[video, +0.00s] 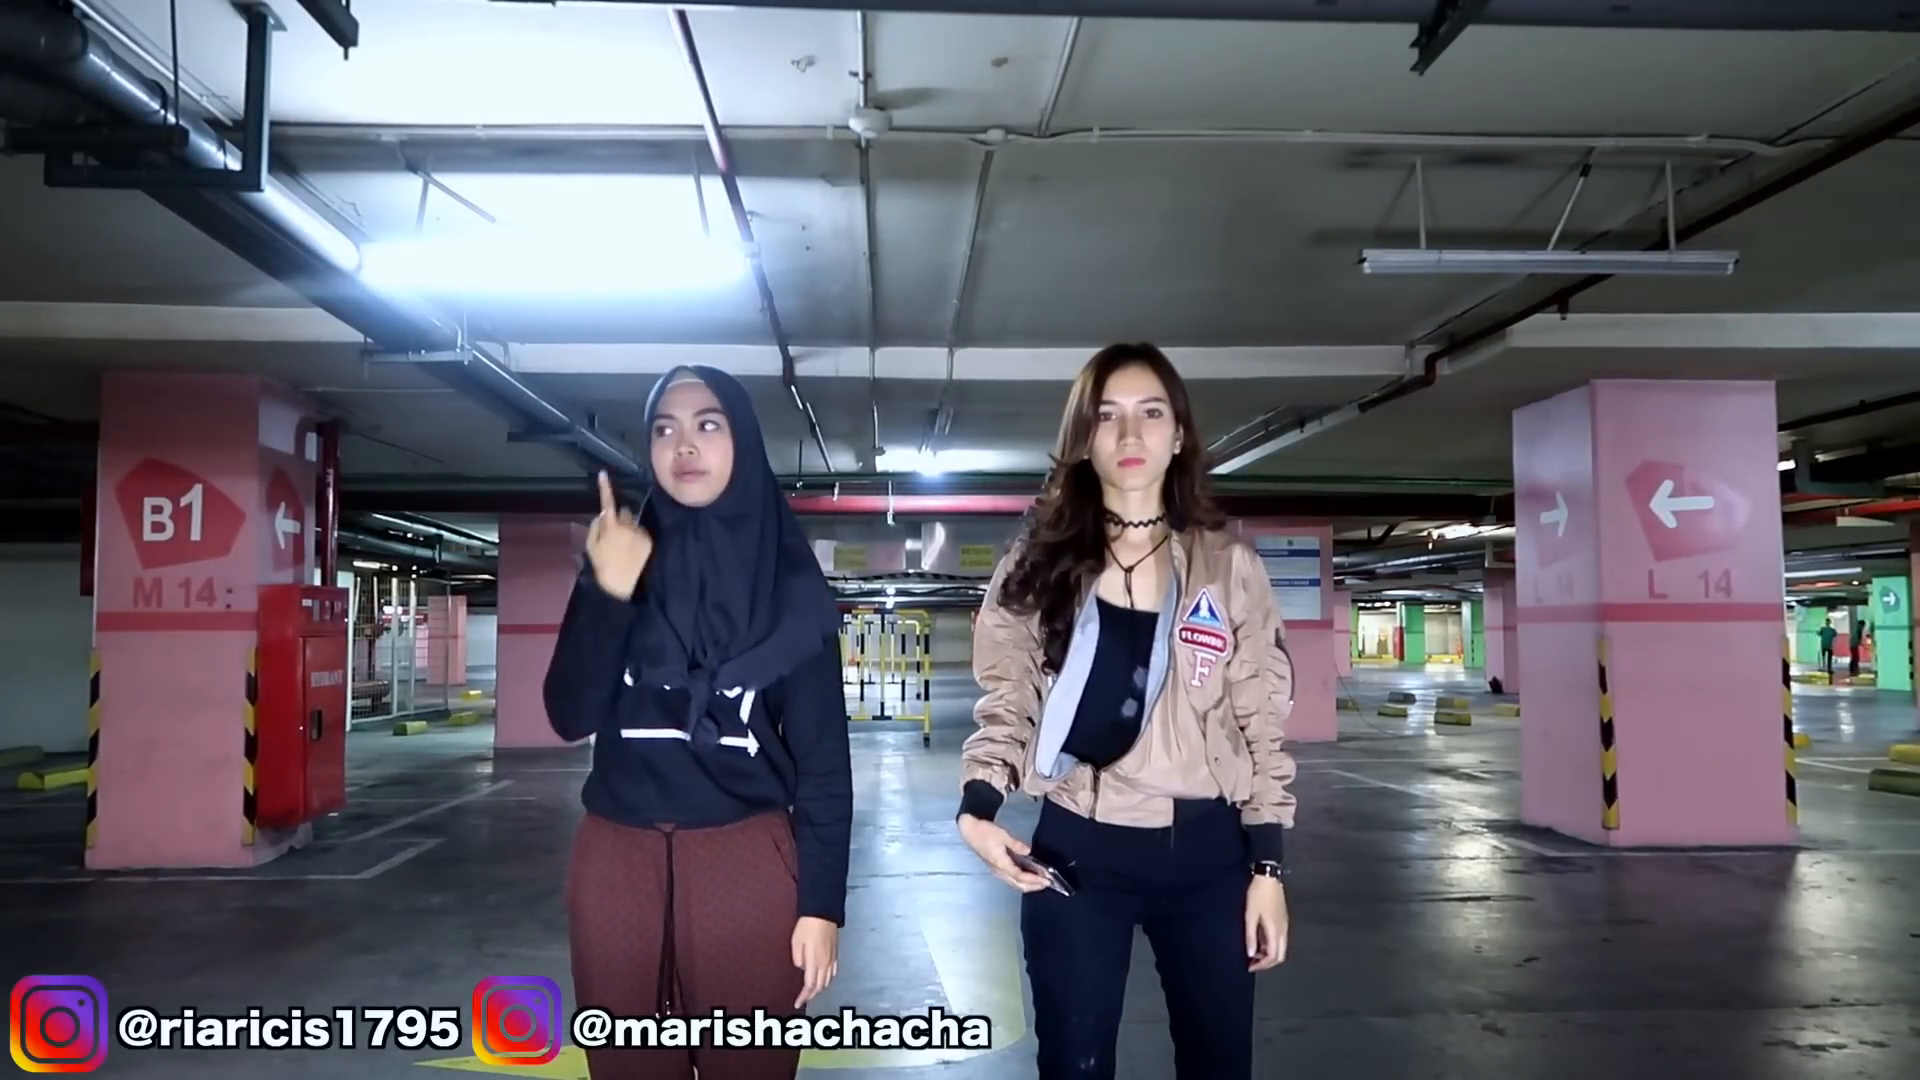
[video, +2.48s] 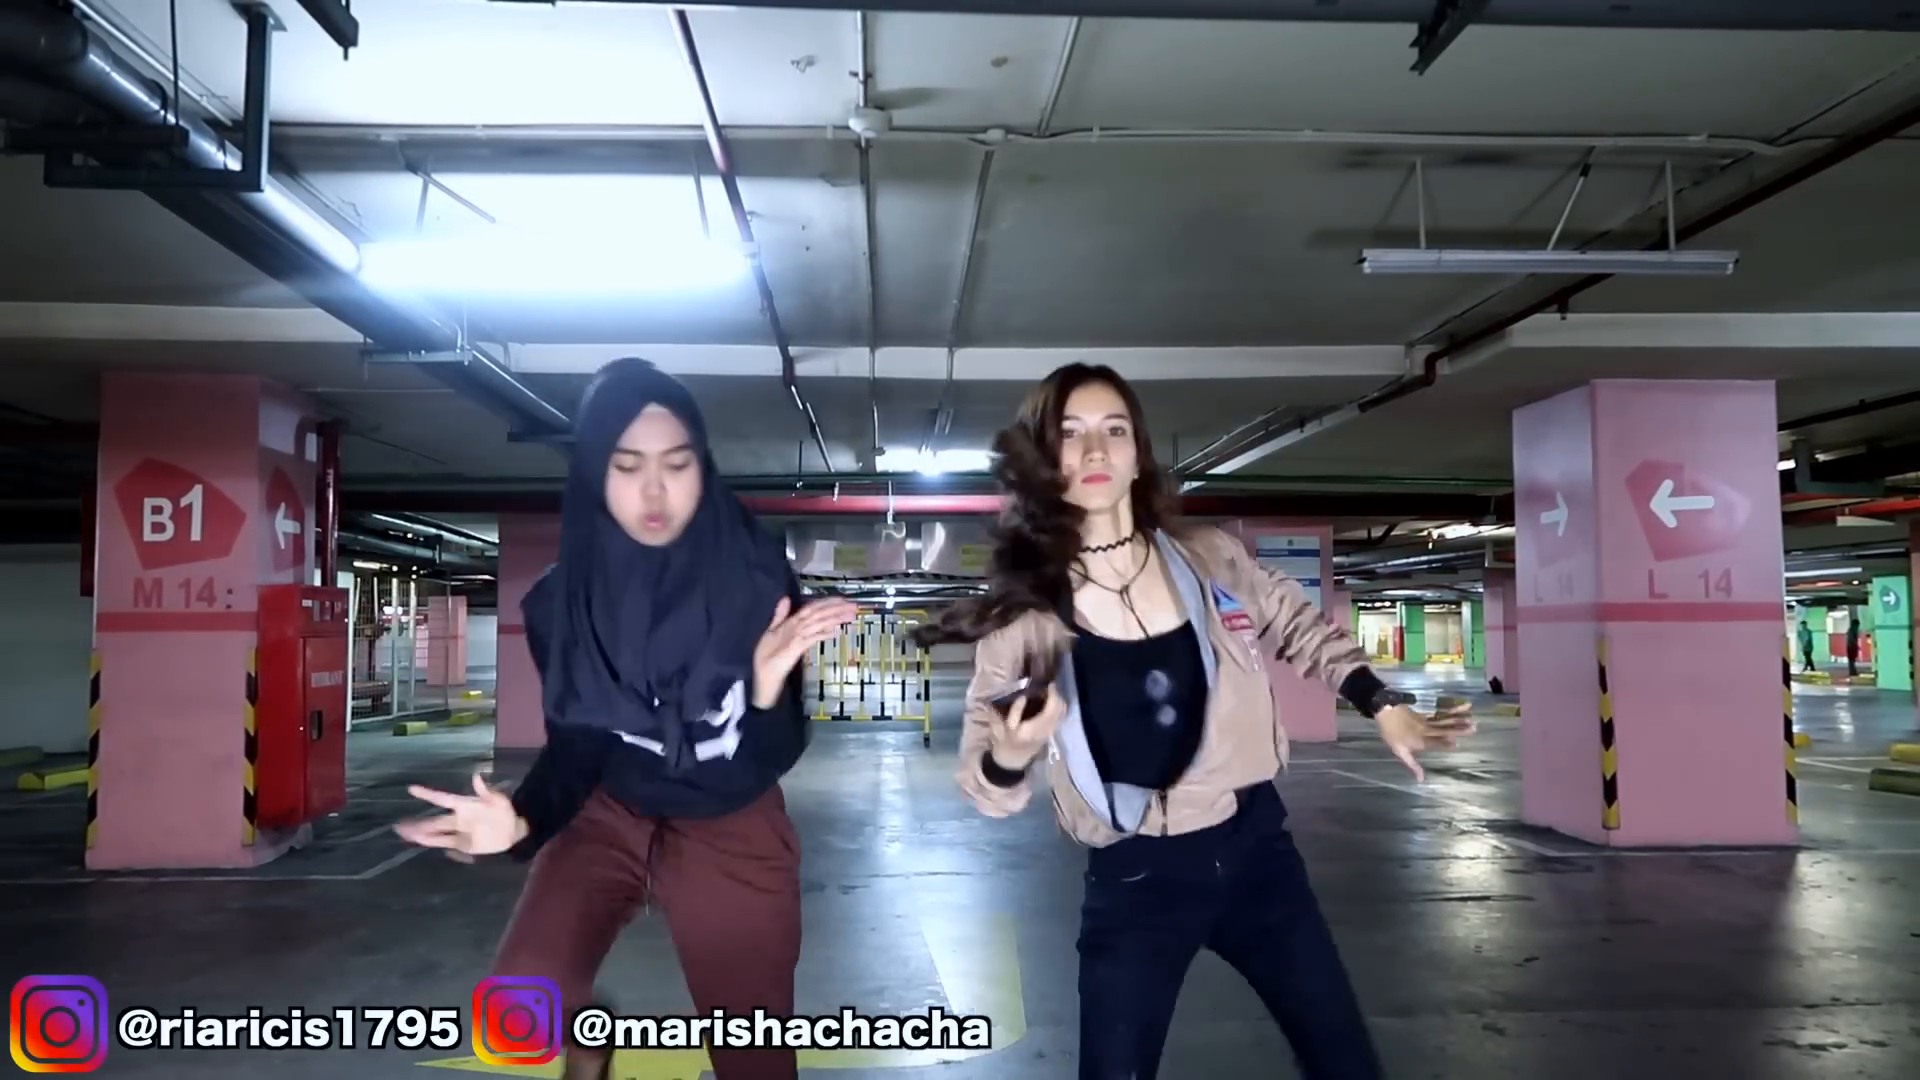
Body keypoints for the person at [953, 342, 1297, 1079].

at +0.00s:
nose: (1130, 432)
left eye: (1151, 412)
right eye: (1109, 415)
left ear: (1179, 431)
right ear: (1084, 438)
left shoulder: (1229, 563)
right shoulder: (1035, 561)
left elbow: (1260, 718)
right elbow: (1005, 699)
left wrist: (1267, 863)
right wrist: (975, 809)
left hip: (1204, 853)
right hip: (1075, 854)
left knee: (1220, 1067)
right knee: (1075, 1070)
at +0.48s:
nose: (1130, 432)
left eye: (1151, 412)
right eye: (1109, 416)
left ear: (1180, 431)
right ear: (1085, 438)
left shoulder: (1231, 565)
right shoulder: (1036, 563)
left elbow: (1261, 721)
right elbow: (1007, 704)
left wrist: (1268, 865)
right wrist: (977, 810)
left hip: (1206, 854)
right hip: (1077, 853)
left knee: (1220, 1067)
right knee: (1075, 1069)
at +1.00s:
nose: (1135, 431)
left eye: (1156, 411)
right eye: (1114, 414)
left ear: (1185, 431)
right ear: (1090, 437)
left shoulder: (1237, 567)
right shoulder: (1040, 564)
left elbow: (1266, 722)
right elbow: (1012, 703)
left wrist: (1274, 864)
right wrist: (982, 810)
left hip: (1210, 853)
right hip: (1081, 852)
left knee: (1223, 1067)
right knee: (1077, 1069)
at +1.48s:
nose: (1150, 489)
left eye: (1176, 465)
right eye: (1149, 470)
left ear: (1242, 485)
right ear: (1140, 485)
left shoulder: (1299, 645)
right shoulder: (1100, 598)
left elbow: (1376, 779)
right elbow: (1008, 689)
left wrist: (1307, 815)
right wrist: (992, 774)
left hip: (1233, 895)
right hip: (1105, 882)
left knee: (1270, 1070)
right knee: (1053, 1052)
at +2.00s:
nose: (1146, 437)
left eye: (1171, 423)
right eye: (1126, 422)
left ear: (1203, 455)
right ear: (1099, 452)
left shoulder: (1242, 583)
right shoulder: (1058, 558)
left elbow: (1358, 715)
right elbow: (944, 610)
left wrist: (1265, 639)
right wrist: (917, 686)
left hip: (1161, 870)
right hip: (1037, 852)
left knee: (1157, 1070)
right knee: (961, 1060)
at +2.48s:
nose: (1096, 451)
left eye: (1114, 430)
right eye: (1073, 433)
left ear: (1139, 450)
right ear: (1043, 456)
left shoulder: (1211, 557)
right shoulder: (1024, 606)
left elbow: (1299, 628)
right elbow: (986, 795)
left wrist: (1381, 705)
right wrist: (1013, 760)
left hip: (1255, 852)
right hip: (1134, 875)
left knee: (1345, 1058)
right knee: (1114, 1071)